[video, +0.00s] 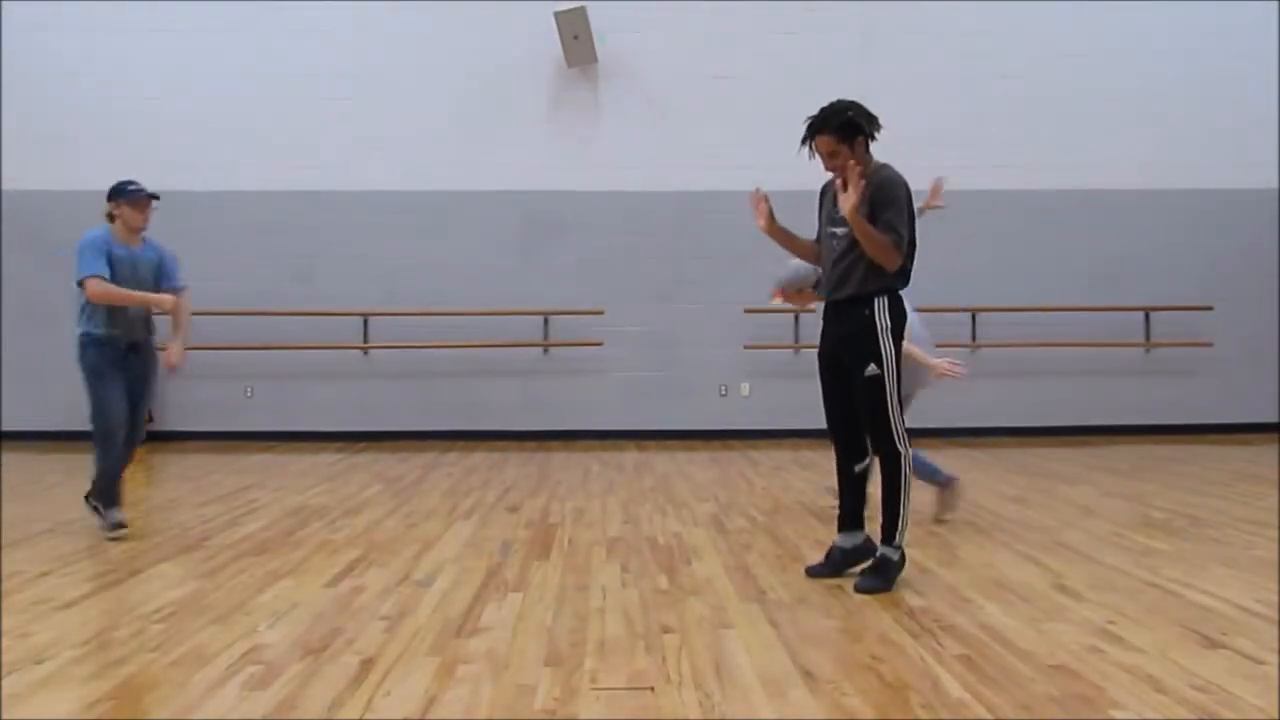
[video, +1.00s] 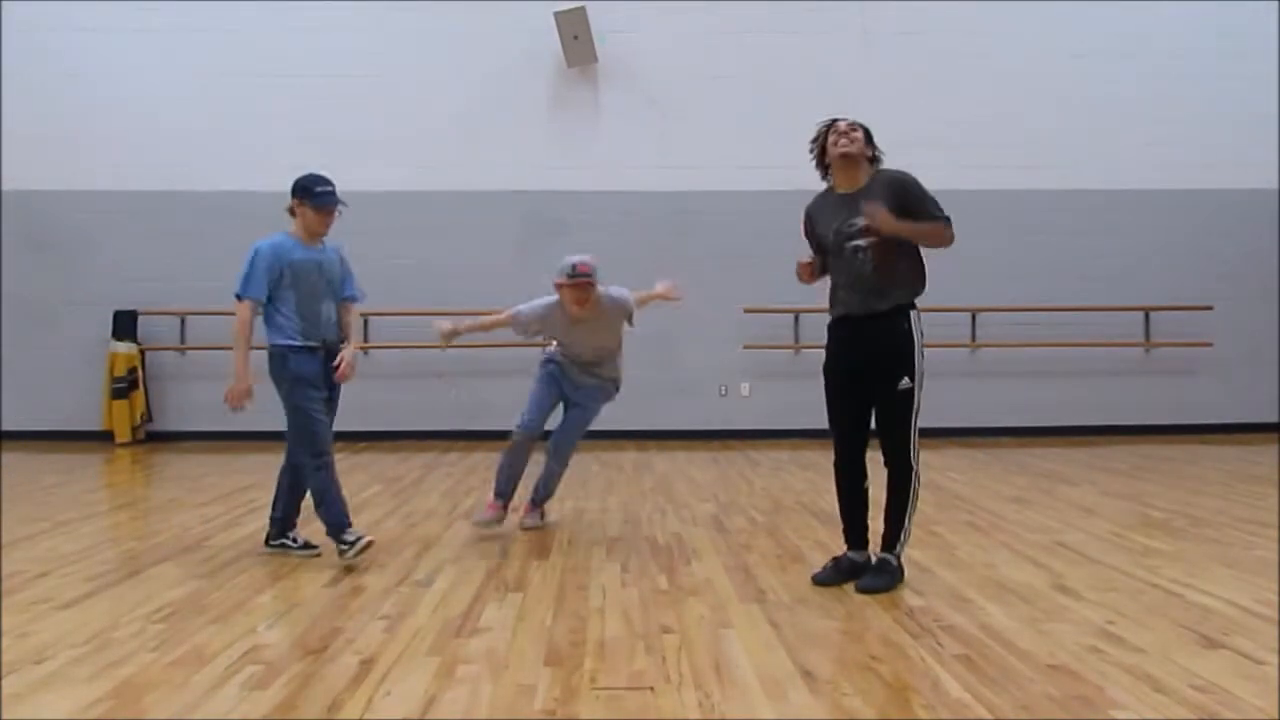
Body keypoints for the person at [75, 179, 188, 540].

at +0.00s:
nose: (144, 214)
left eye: (147, 207)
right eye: (136, 207)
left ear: (150, 211)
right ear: (116, 209)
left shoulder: (157, 253)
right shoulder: (95, 243)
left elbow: (178, 298)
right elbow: (94, 290)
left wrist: (176, 342)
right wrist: (151, 299)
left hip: (140, 346)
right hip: (101, 345)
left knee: (133, 428)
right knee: (113, 422)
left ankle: (100, 491)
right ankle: (110, 503)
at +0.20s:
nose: (181, 231)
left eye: (184, 223)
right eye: (173, 223)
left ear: (187, 226)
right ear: (150, 223)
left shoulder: (197, 270)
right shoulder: (128, 273)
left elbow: (220, 316)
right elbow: (105, 322)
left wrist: (241, 362)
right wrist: (152, 346)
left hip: (194, 366)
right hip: (157, 368)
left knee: (197, 439)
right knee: (181, 440)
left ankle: (134, 475)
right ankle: (180, 523)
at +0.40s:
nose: (235, 212)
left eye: (237, 205)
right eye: (227, 204)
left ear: (236, 207)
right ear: (203, 203)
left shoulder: (234, 248)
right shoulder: (182, 248)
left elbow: (239, 307)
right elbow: (177, 310)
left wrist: (250, 352)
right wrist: (205, 361)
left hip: (234, 346)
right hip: (197, 348)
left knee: (248, 432)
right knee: (199, 435)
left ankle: (217, 511)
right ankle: (184, 516)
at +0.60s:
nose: (279, 224)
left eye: (281, 217)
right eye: (271, 216)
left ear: (282, 218)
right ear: (248, 215)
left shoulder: (280, 262)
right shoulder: (223, 254)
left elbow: (285, 318)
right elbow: (223, 306)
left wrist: (298, 355)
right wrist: (273, 345)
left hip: (279, 362)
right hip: (239, 362)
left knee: (292, 449)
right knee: (232, 442)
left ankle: (282, 531)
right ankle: (203, 513)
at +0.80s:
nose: (310, 221)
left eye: (312, 214)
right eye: (302, 214)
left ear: (311, 214)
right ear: (278, 211)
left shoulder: (311, 260)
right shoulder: (253, 252)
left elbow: (322, 317)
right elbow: (243, 310)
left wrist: (341, 354)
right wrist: (266, 361)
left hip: (310, 358)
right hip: (272, 358)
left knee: (311, 450)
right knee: (281, 446)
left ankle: (289, 529)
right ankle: (276, 533)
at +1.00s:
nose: (329, 219)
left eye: (332, 211)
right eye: (321, 211)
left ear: (335, 211)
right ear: (297, 208)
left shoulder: (333, 254)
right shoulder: (270, 251)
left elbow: (348, 306)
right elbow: (245, 312)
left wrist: (351, 344)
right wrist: (242, 375)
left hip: (329, 356)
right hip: (291, 356)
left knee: (305, 445)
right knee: (317, 442)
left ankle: (280, 530)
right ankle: (342, 532)